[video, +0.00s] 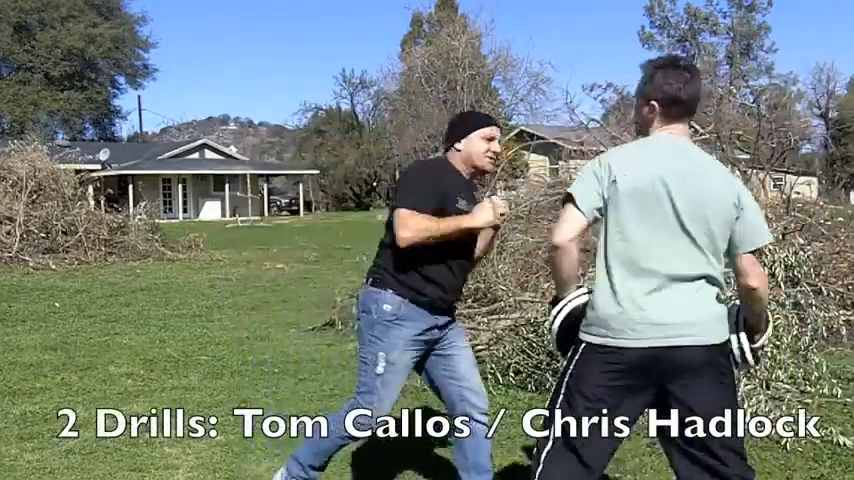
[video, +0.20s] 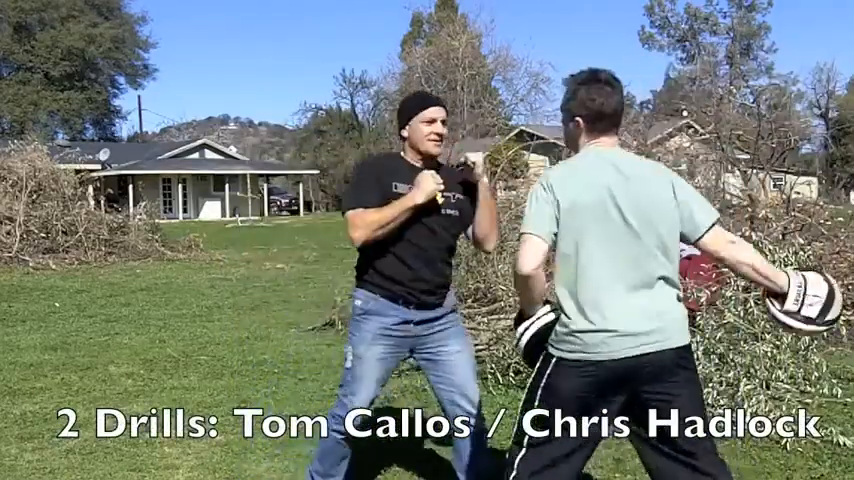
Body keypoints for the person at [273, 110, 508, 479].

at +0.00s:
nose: (496, 148)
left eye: (498, 141)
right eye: (488, 139)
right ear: (459, 142)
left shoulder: (470, 193)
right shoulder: (425, 173)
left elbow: (468, 256)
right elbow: (406, 232)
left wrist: (493, 225)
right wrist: (473, 220)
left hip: (438, 317)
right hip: (394, 308)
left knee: (472, 410)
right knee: (371, 410)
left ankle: (478, 477)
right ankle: (294, 472)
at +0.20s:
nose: (439, 130)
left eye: (443, 123)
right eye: (429, 123)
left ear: (446, 130)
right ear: (405, 129)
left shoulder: (458, 180)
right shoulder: (375, 168)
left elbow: (486, 240)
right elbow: (358, 231)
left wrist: (483, 184)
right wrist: (414, 198)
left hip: (440, 315)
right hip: (380, 313)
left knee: (468, 410)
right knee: (354, 409)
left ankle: (473, 477)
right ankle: (323, 475)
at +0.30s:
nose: (418, 128)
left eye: (424, 119)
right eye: (407, 121)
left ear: (433, 123)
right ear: (390, 128)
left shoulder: (449, 163)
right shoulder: (363, 166)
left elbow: (487, 162)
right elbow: (332, 228)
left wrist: (466, 121)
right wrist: (382, 203)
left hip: (434, 311)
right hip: (369, 309)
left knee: (465, 409)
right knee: (340, 404)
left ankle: (470, 475)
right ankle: (317, 475)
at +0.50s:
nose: (385, 141)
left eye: (391, 130)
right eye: (375, 135)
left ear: (406, 127)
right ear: (365, 136)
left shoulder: (431, 162)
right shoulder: (348, 173)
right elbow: (327, 244)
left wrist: (442, 130)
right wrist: (346, 218)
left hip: (430, 312)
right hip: (364, 310)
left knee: (459, 410)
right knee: (332, 406)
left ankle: (469, 476)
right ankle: (314, 475)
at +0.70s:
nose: (380, 145)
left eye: (385, 134)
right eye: (369, 138)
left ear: (392, 134)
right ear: (350, 143)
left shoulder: (421, 175)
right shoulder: (329, 183)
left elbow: (446, 244)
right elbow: (305, 254)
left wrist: (401, 204)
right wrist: (340, 215)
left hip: (426, 308)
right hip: (359, 311)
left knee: (474, 405)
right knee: (330, 404)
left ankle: (490, 475)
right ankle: (313, 475)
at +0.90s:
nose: (424, 144)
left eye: (427, 135)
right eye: (413, 136)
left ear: (432, 138)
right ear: (388, 145)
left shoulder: (451, 179)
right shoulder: (359, 186)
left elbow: (495, 237)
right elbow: (325, 255)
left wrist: (456, 211)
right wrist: (353, 228)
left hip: (449, 316)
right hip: (383, 318)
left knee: (500, 406)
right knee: (349, 406)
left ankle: (522, 476)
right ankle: (321, 475)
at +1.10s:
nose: (519, 139)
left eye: (522, 133)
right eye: (509, 131)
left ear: (522, 144)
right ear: (481, 139)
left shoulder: (503, 196)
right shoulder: (457, 170)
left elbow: (500, 256)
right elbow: (474, 160)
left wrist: (519, 227)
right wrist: (548, 133)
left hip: (476, 320)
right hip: (429, 311)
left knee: (511, 407)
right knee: (402, 415)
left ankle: (525, 476)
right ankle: (324, 468)